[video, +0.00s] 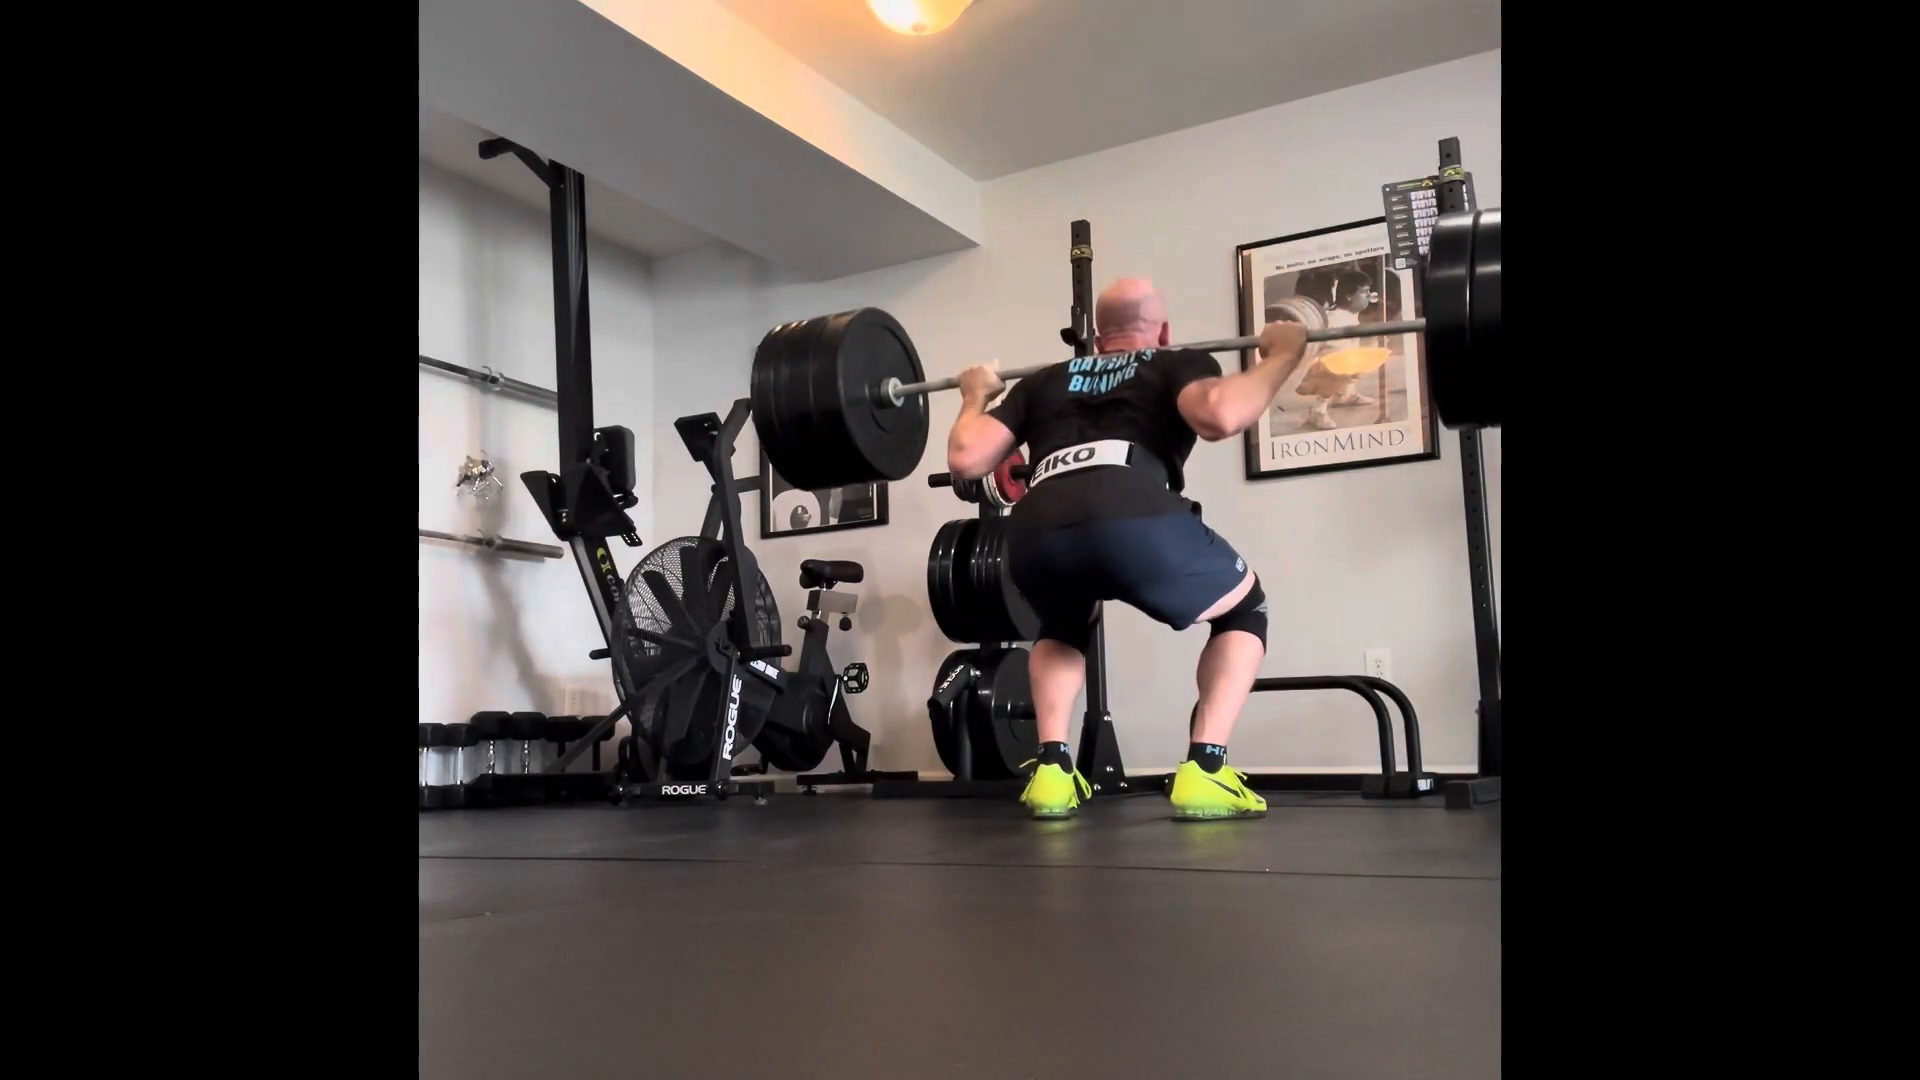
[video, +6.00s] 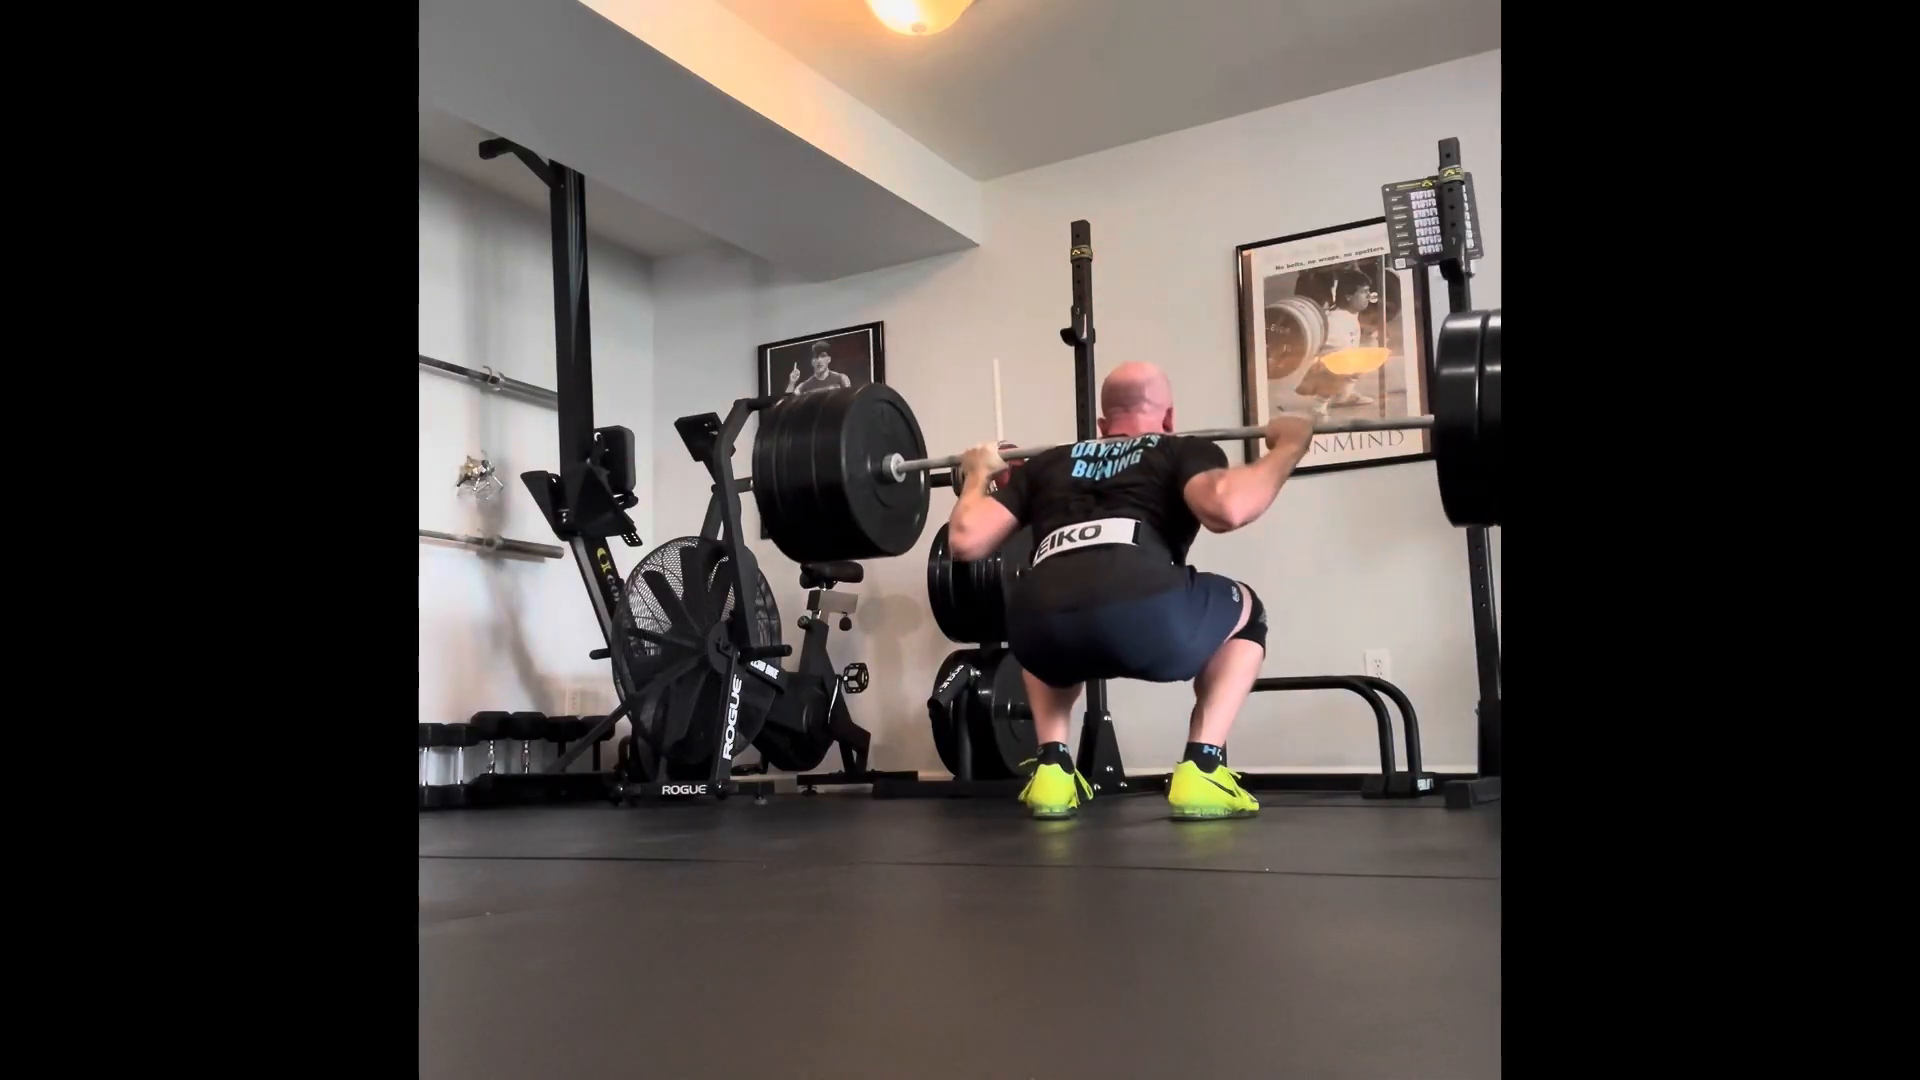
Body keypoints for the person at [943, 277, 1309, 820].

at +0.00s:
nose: (1164, 332)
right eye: (1163, 326)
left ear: (1096, 334)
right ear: (1159, 331)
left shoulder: (1043, 381)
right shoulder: (1174, 363)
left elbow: (965, 459)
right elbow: (1220, 416)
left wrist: (972, 397)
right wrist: (1281, 357)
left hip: (1036, 523)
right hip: (1130, 509)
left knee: (1061, 627)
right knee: (1242, 609)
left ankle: (1051, 768)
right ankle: (1206, 766)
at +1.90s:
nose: (1159, 228)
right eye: (1158, 220)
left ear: (1089, 227)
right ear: (1156, 225)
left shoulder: (1045, 282)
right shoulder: (1169, 259)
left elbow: (967, 349)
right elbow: (1213, 305)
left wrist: (967, 296)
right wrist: (1269, 249)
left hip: (1052, 438)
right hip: (1142, 424)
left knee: (1086, 604)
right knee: (1223, 593)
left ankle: (1056, 765)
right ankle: (1205, 766)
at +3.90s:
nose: (1146, 149)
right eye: (1151, 140)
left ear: (1084, 151)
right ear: (1153, 146)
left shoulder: (1043, 201)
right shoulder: (1165, 176)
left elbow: (967, 259)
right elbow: (1216, 218)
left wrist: (968, 213)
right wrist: (1271, 157)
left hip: (1066, 380)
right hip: (1154, 377)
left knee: (1056, 573)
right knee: (1169, 569)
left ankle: (1050, 764)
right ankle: (1197, 763)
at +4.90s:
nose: (1151, 244)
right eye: (1150, 236)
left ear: (1079, 246)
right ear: (1150, 244)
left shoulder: (1038, 294)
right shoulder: (1165, 271)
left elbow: (956, 346)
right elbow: (1214, 312)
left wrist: (967, 301)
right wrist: (1271, 254)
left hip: (1049, 450)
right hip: (1141, 438)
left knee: (1053, 612)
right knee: (1222, 598)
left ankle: (1050, 765)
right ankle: (1201, 765)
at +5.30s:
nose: (1157, 324)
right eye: (1156, 318)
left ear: (1088, 326)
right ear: (1155, 323)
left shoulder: (1040, 371)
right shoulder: (1168, 353)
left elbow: (957, 441)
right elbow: (1214, 401)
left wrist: (967, 390)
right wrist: (1274, 345)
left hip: (1037, 508)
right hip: (1130, 494)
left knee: (1056, 627)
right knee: (1233, 610)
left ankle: (1051, 769)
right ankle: (1202, 766)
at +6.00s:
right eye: (1169, 413)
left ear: (1101, 420)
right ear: (1168, 419)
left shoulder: (1047, 463)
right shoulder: (1181, 450)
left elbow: (965, 539)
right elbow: (1227, 507)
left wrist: (975, 474)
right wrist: (1289, 447)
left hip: (1042, 615)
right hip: (1143, 604)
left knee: (1042, 637)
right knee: (1247, 614)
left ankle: (1052, 767)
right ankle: (1203, 767)